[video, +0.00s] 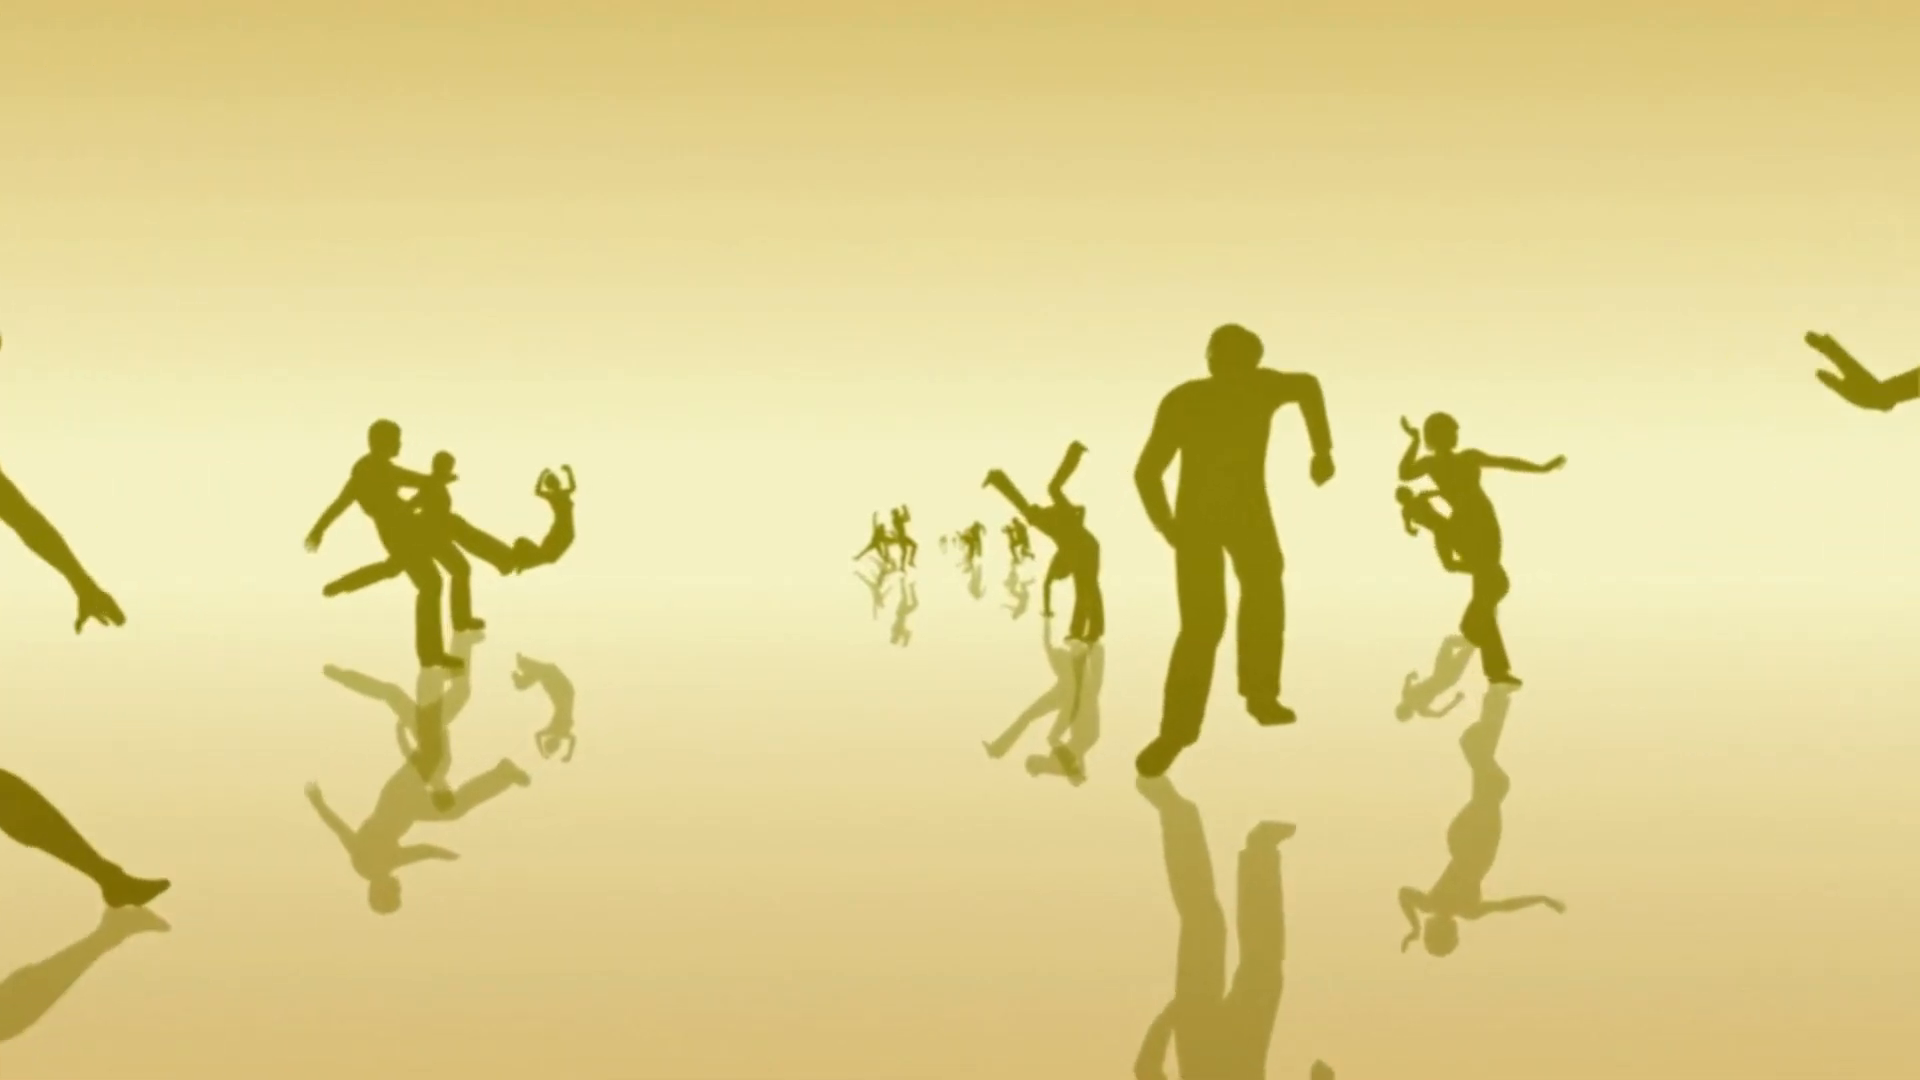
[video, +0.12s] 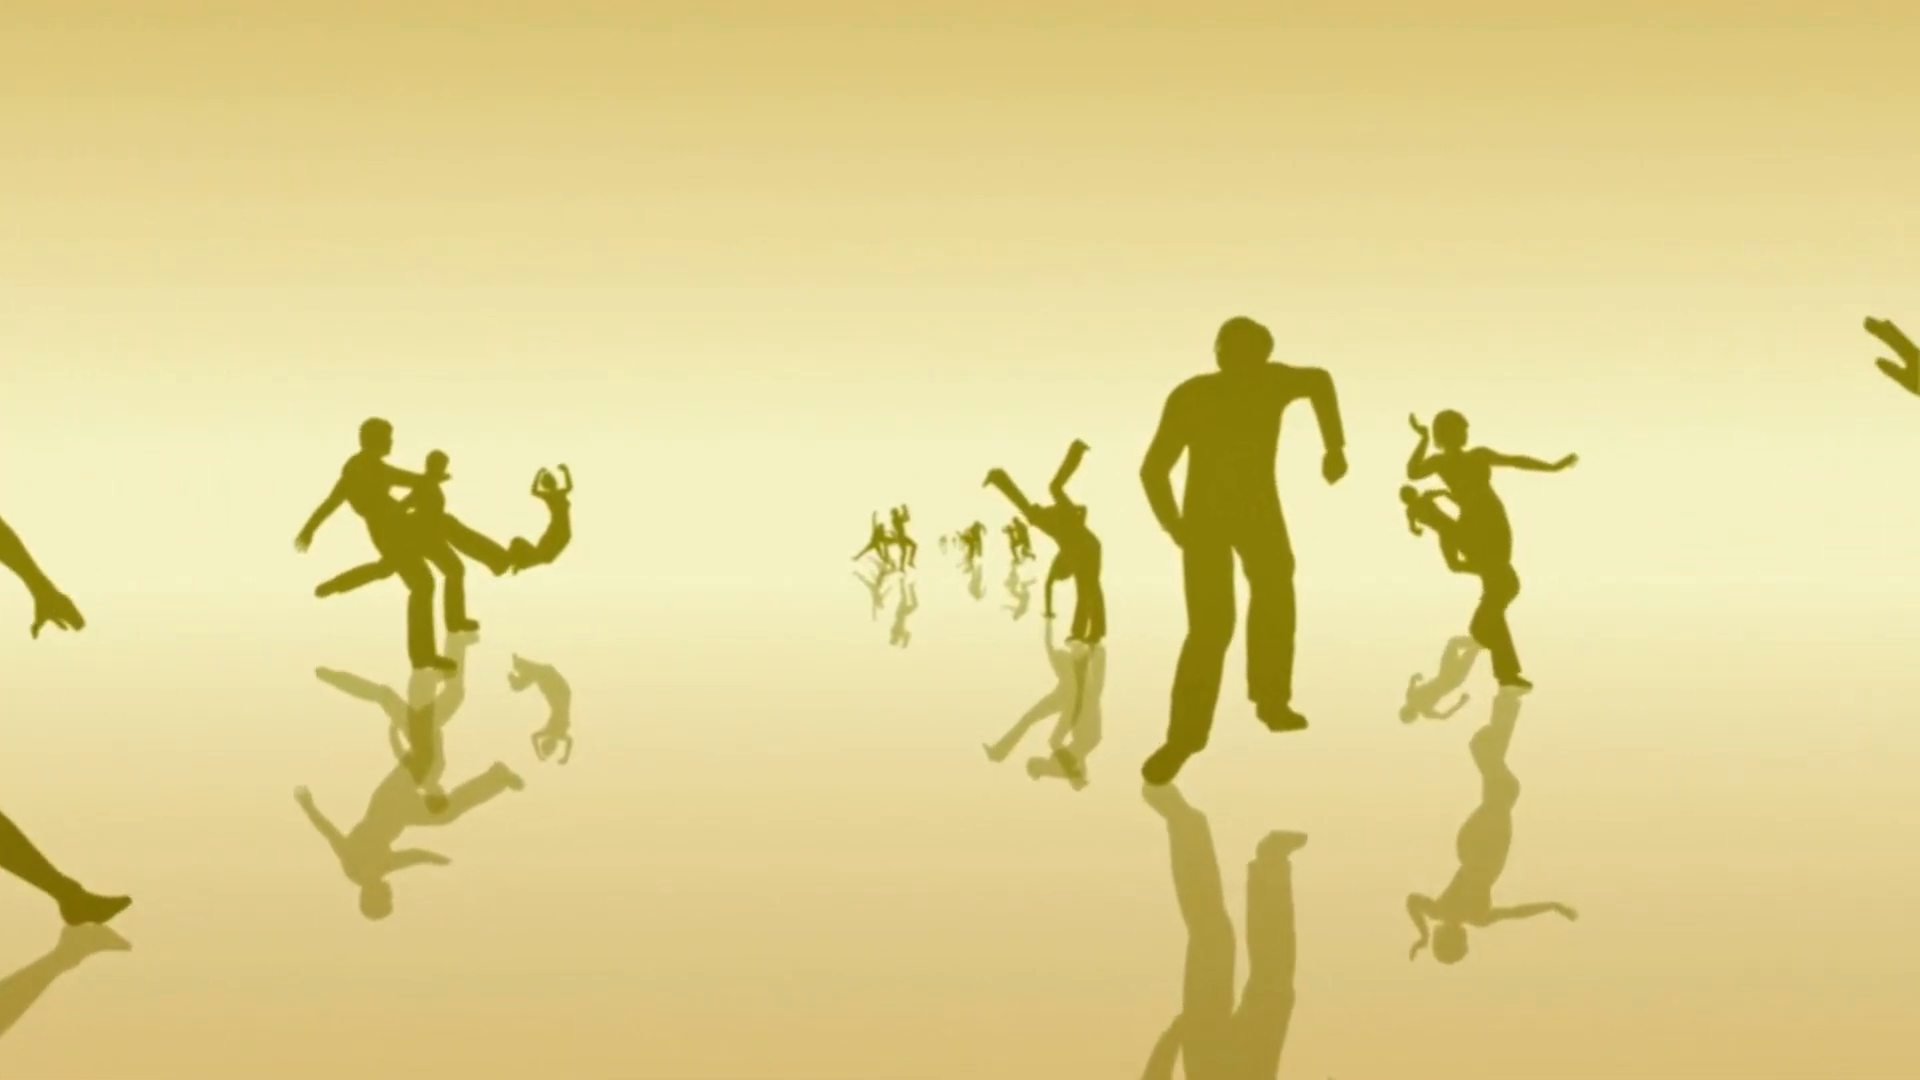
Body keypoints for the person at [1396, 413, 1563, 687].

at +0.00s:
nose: (1448, 439)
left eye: (1451, 432)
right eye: (1443, 434)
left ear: (1455, 434)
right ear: (1433, 437)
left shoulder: (1470, 457)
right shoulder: (1431, 464)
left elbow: (1506, 463)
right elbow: (1404, 473)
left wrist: (1541, 469)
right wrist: (1413, 441)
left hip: (1484, 522)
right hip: (1461, 526)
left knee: (1486, 590)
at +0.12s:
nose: (1457, 437)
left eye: (1460, 431)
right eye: (1452, 432)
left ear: (1465, 432)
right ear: (1442, 435)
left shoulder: (1480, 455)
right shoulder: (1440, 462)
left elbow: (1516, 461)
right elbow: (1413, 472)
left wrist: (1552, 467)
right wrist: (1422, 439)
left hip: (1493, 523)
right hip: (1470, 527)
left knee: (1499, 587)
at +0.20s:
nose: (1473, 434)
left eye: (1475, 427)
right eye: (1467, 428)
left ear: (1480, 429)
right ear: (1456, 432)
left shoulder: (1495, 453)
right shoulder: (1454, 460)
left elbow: (1533, 459)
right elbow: (1426, 470)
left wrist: (1570, 465)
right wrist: (1436, 436)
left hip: (1511, 522)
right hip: (1485, 527)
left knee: (1520, 587)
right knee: (1511, 592)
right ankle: (1524, 678)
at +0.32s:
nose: (1484, 431)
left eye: (1486, 424)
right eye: (1477, 426)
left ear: (1491, 426)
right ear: (1466, 430)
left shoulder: (1505, 451)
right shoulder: (1465, 458)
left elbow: (1544, 457)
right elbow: (1435, 469)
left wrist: (1581, 464)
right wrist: (1445, 434)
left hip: (1522, 521)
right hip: (1496, 526)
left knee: (1534, 587)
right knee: (1518, 598)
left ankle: (1507, 631)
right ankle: (1535, 681)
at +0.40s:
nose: (1503, 426)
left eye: (1503, 420)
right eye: (1497, 421)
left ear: (1504, 422)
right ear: (1485, 425)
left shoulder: (1522, 448)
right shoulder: (1480, 455)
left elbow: (1561, 455)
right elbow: (1449, 467)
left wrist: (1601, 461)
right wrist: (1460, 431)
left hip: (1538, 520)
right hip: (1513, 526)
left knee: (1546, 591)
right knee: (1549, 588)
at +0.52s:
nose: (1513, 424)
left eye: (1514, 418)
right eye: (1507, 419)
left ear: (1516, 419)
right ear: (1497, 423)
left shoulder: (1534, 446)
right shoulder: (1491, 453)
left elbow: (1573, 453)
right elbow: (1460, 465)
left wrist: (1613, 460)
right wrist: (1471, 428)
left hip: (1550, 521)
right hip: (1524, 526)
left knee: (1555, 597)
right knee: (1562, 588)